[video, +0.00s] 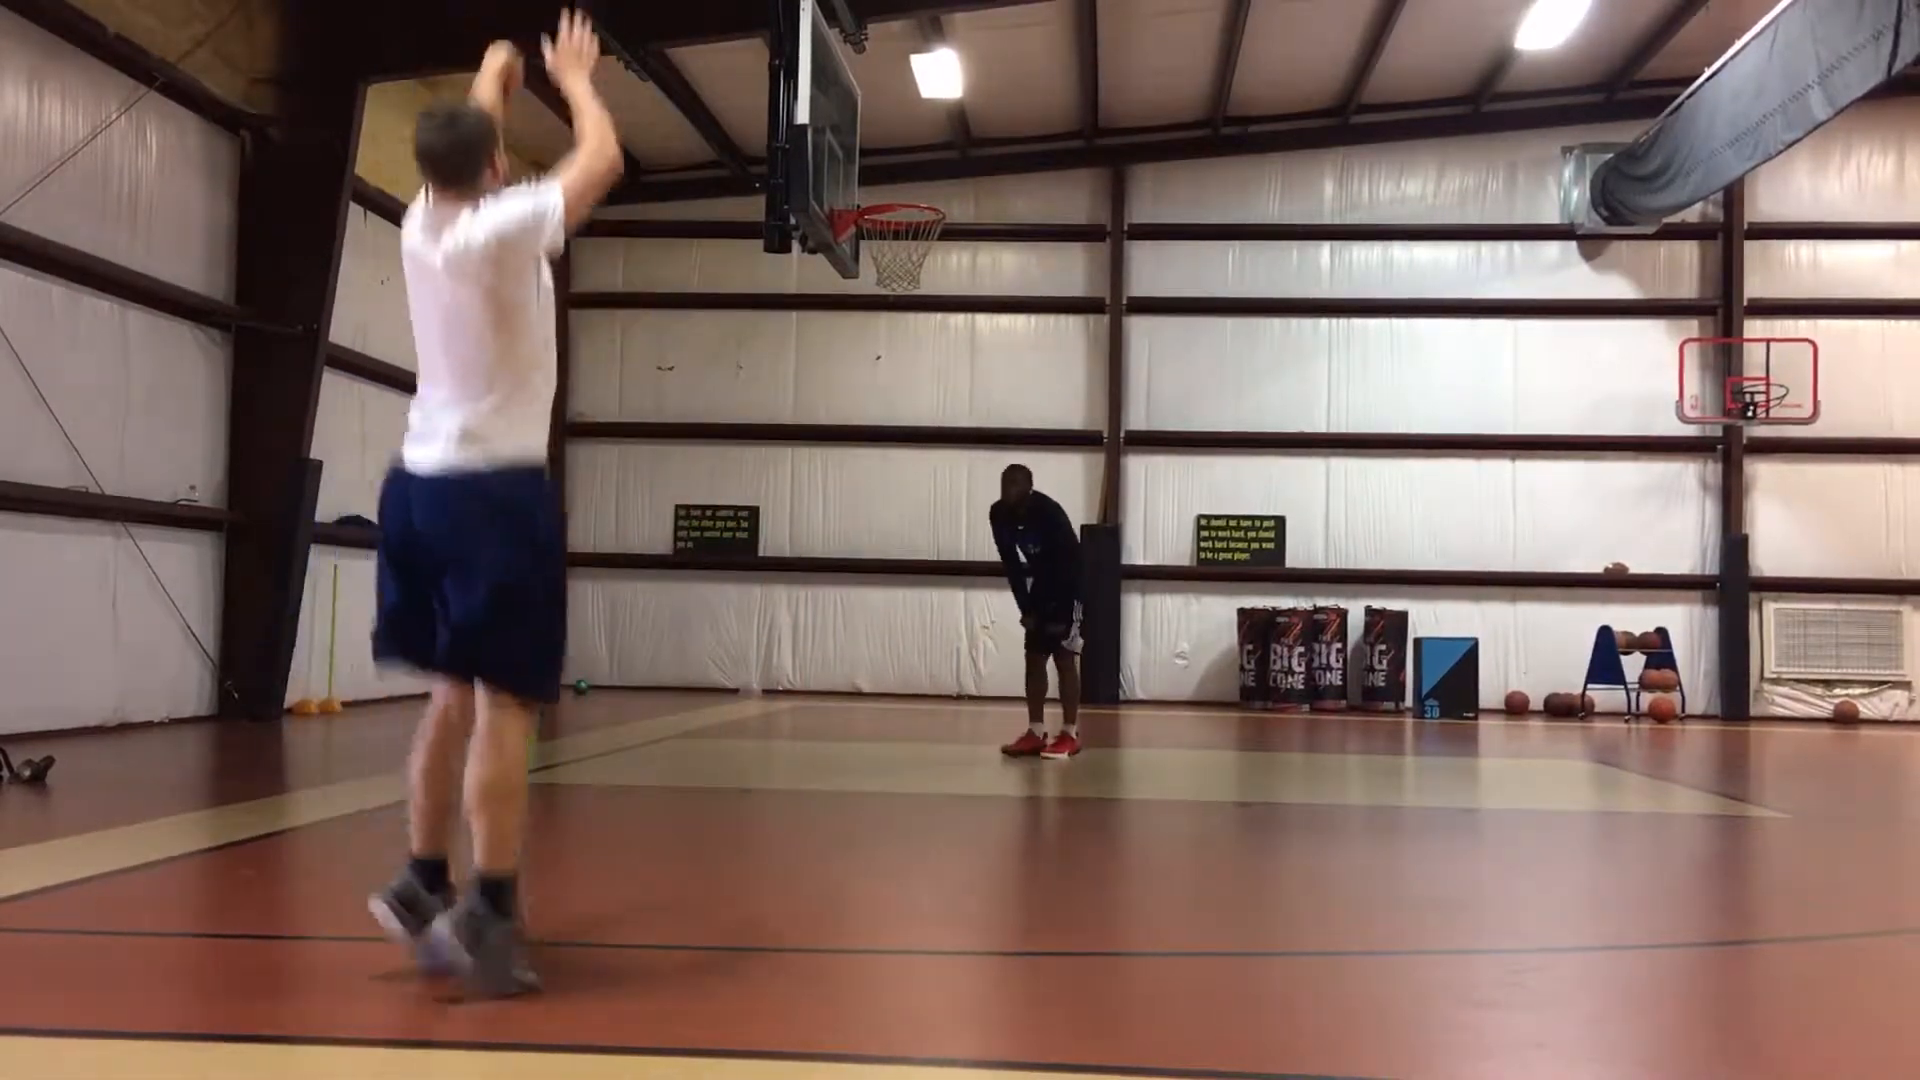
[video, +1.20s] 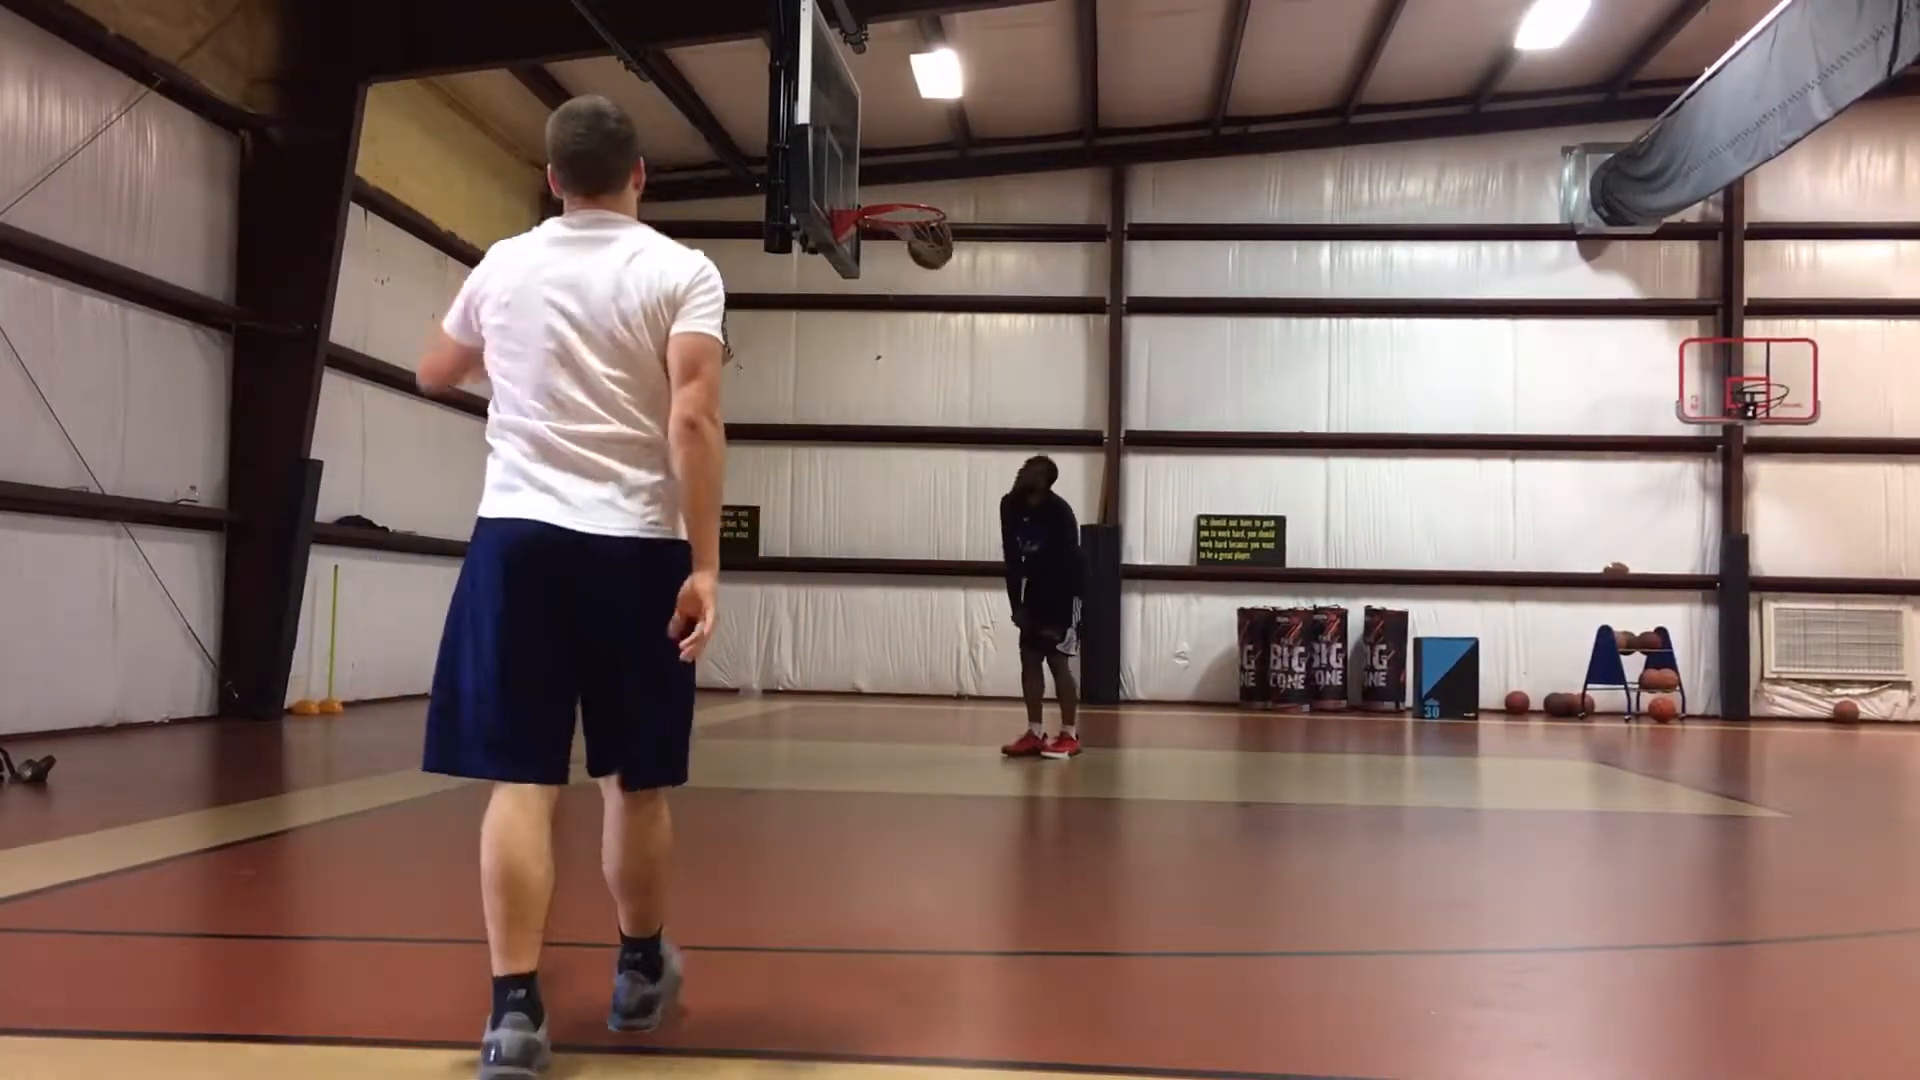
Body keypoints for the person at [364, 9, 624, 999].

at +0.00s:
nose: (502, 146)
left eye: (489, 138)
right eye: (497, 139)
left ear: (425, 163)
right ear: (494, 157)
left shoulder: (423, 223)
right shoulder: (513, 226)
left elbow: (466, 143)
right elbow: (602, 154)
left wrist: (493, 75)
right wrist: (579, 79)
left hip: (421, 488)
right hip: (501, 491)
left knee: (449, 693)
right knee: (503, 705)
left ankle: (422, 884)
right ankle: (488, 914)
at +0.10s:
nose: (514, 238)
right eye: (506, 227)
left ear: (432, 245)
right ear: (501, 242)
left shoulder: (425, 308)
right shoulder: (513, 312)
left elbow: (451, 227)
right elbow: (616, 253)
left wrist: (479, 156)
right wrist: (584, 174)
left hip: (427, 573)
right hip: (501, 577)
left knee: (454, 769)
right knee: (536, 778)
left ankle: (385, 925)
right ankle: (443, 945)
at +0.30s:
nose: (546, 218)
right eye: (543, 210)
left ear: (461, 226)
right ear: (538, 223)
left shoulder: (440, 284)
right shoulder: (555, 312)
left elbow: (449, 222)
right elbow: (677, 394)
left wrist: (448, 168)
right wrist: (643, 323)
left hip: (443, 550)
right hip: (538, 550)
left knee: (462, 730)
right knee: (604, 723)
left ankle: (399, 914)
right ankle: (555, 895)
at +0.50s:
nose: (593, 241)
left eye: (562, 234)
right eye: (594, 233)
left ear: (518, 244)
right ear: (591, 242)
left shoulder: (476, 301)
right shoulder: (620, 342)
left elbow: (447, 228)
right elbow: (703, 463)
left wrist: (434, 169)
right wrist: (665, 410)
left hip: (474, 573)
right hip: (578, 579)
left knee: (462, 753)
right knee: (617, 764)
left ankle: (396, 928)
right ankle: (634, 946)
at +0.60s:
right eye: (626, 218)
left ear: (544, 232)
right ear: (623, 227)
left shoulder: (503, 290)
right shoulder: (658, 326)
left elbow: (453, 227)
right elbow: (725, 464)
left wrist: (430, 172)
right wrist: (744, 513)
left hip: (495, 561)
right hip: (604, 568)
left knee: (463, 743)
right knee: (628, 763)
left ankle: (411, 921)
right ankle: (635, 957)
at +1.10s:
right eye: (645, 185)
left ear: (556, 196)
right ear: (645, 192)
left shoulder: (511, 272)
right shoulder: (685, 286)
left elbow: (445, 314)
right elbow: (695, 426)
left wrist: (465, 248)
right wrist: (709, 570)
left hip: (522, 554)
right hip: (639, 561)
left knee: (522, 773)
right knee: (635, 774)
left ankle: (516, 1004)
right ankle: (641, 968)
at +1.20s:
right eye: (643, 172)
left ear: (548, 182)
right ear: (640, 178)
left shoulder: (503, 265)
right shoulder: (683, 271)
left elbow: (435, 372)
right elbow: (692, 416)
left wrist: (513, 352)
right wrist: (705, 563)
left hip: (517, 553)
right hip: (637, 558)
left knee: (520, 777)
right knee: (636, 778)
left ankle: (514, 1013)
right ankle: (641, 974)